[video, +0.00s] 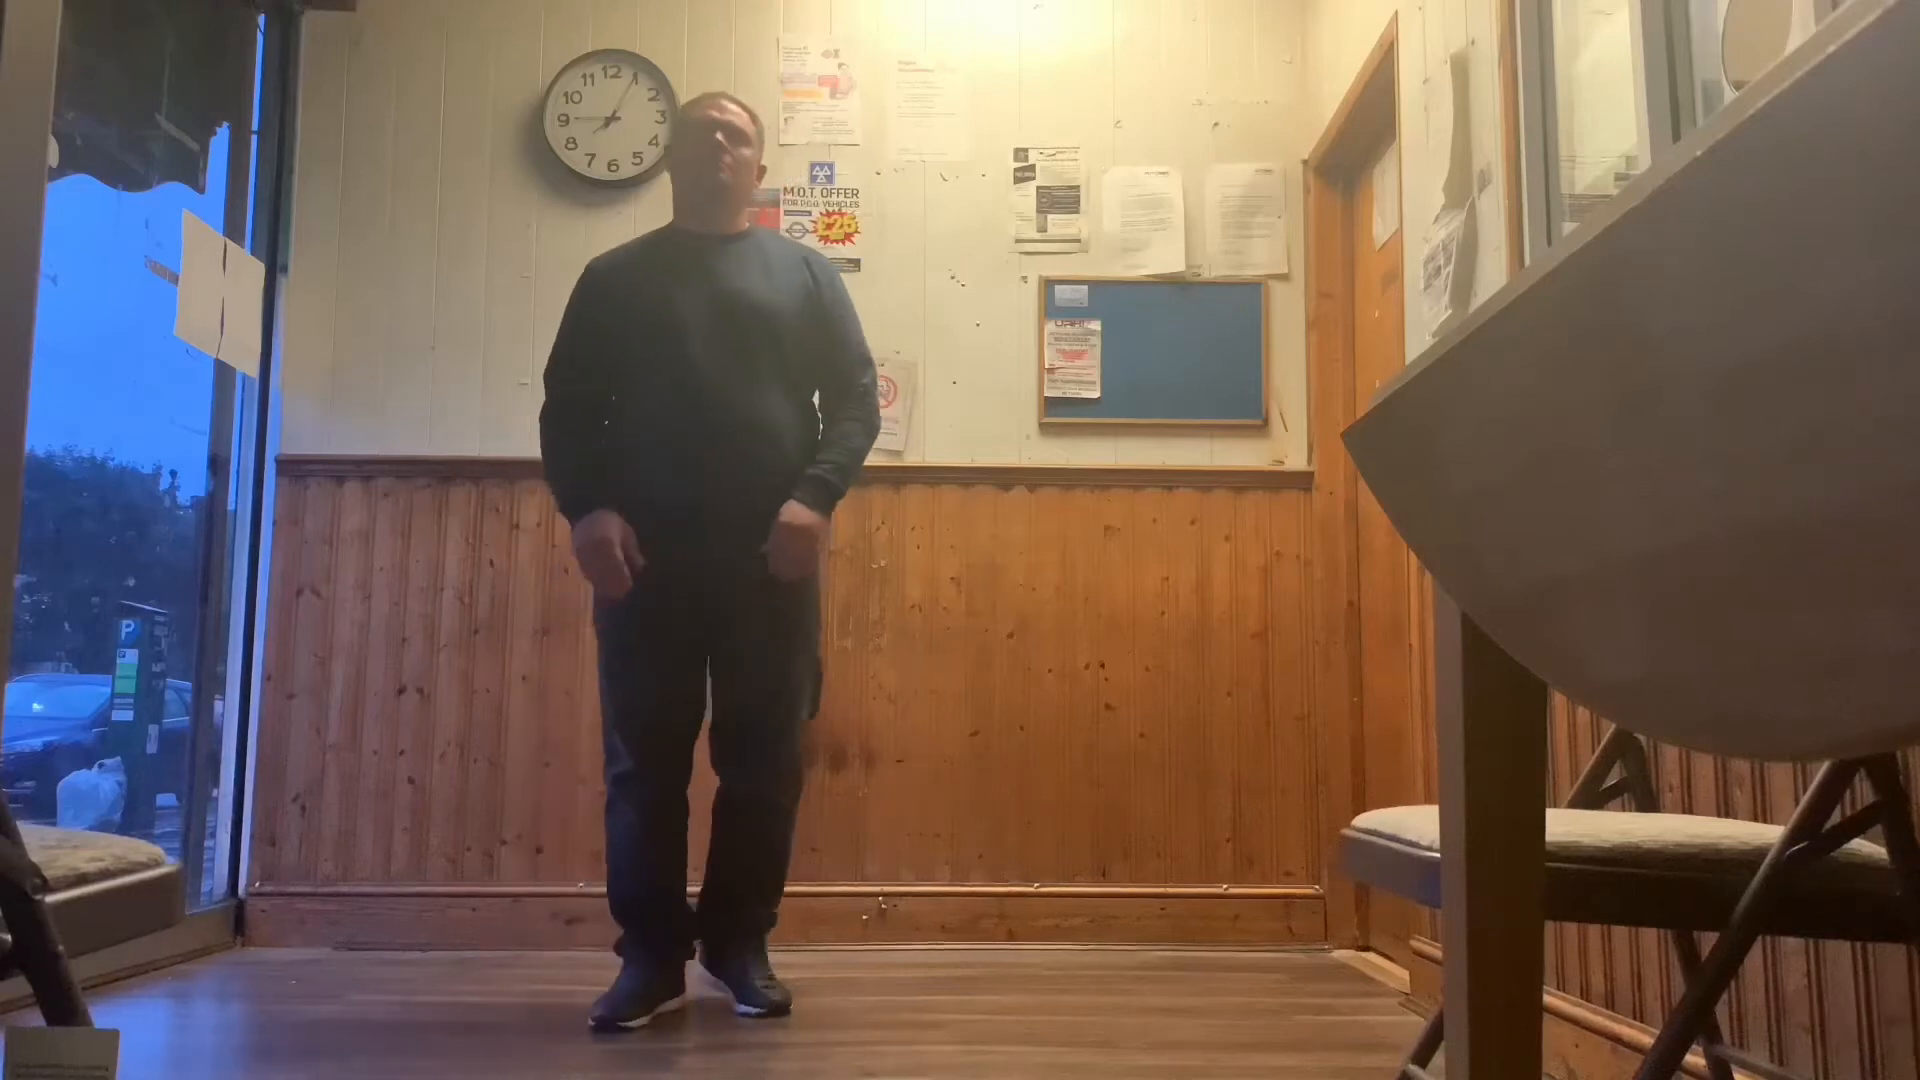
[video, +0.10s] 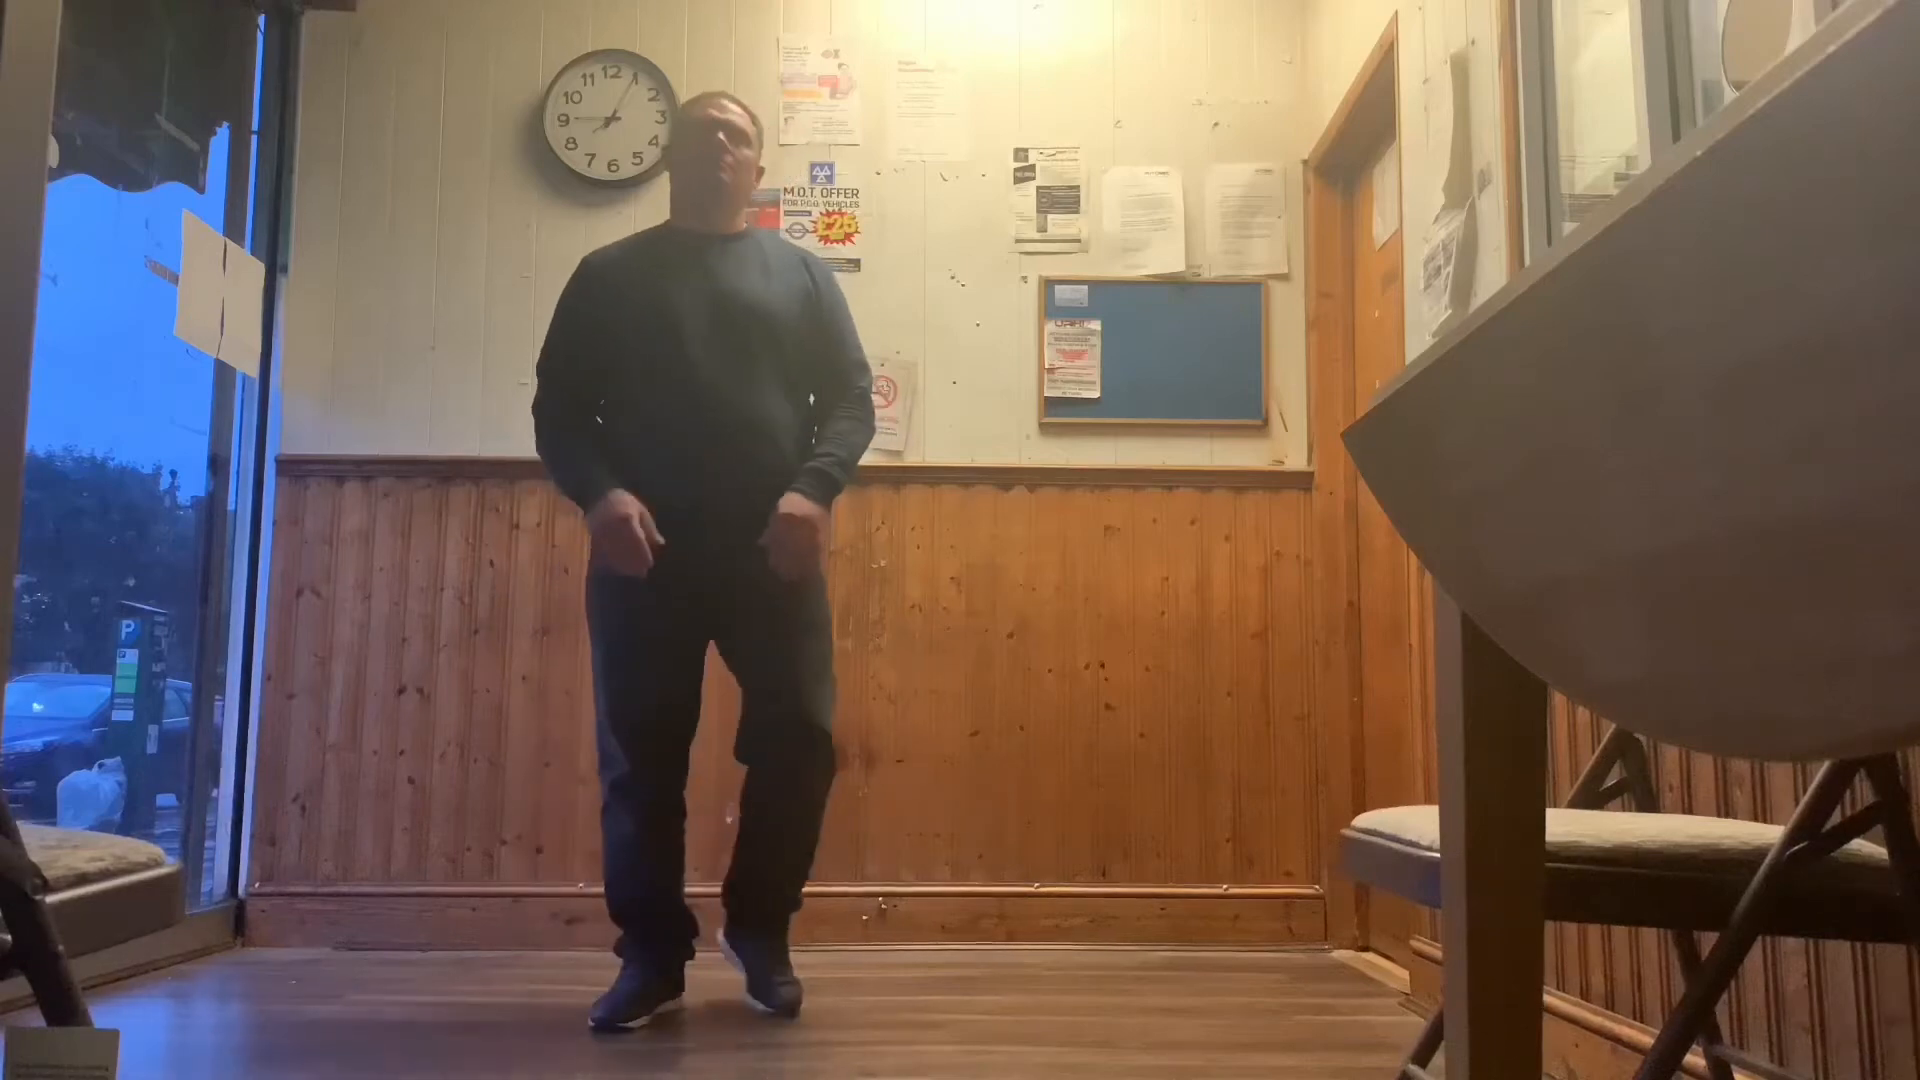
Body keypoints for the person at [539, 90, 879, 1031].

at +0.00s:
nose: (714, 140)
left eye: (733, 133)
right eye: (697, 129)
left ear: (760, 168)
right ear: (667, 160)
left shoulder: (806, 274)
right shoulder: (613, 276)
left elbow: (856, 403)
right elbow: (566, 404)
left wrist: (815, 495)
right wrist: (585, 507)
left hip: (768, 562)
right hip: (644, 561)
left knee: (762, 770)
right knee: (643, 771)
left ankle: (737, 950)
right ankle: (649, 960)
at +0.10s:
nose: (717, 138)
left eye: (735, 132)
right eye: (699, 127)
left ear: (760, 169)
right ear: (667, 159)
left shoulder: (801, 274)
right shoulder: (607, 274)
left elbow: (851, 399)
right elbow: (558, 407)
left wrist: (813, 489)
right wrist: (599, 493)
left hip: (770, 554)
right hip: (642, 556)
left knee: (801, 738)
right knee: (639, 763)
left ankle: (761, 927)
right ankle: (650, 959)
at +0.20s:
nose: (725, 135)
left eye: (743, 129)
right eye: (705, 123)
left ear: (766, 166)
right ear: (671, 155)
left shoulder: (805, 272)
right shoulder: (610, 268)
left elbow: (853, 400)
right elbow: (556, 398)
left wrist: (817, 464)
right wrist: (615, 462)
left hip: (774, 552)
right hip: (646, 552)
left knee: (812, 737)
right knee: (640, 762)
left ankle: (803, 942)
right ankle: (650, 960)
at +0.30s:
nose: (732, 131)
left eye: (751, 124)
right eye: (713, 119)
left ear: (779, 160)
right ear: (683, 152)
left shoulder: (815, 267)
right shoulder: (622, 256)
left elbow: (873, 391)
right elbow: (562, 377)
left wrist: (838, 415)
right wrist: (657, 409)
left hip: (784, 554)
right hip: (656, 554)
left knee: (821, 749)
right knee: (648, 767)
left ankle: (840, 963)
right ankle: (650, 962)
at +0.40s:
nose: (759, 134)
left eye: (774, 124)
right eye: (738, 121)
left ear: (797, 157)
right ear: (702, 151)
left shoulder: (833, 266)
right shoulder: (642, 251)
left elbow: (899, 392)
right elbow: (585, 369)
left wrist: (861, 384)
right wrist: (709, 364)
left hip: (803, 550)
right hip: (674, 551)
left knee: (834, 755)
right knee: (657, 764)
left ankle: (840, 965)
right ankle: (651, 962)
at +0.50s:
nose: (778, 128)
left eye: (794, 120)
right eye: (757, 115)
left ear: (818, 156)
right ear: (720, 149)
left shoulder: (859, 263)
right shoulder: (670, 251)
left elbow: (922, 385)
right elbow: (623, 372)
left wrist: (894, 395)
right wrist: (756, 359)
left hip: (831, 553)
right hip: (702, 551)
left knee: (851, 765)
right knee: (676, 766)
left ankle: (837, 971)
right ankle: (651, 965)